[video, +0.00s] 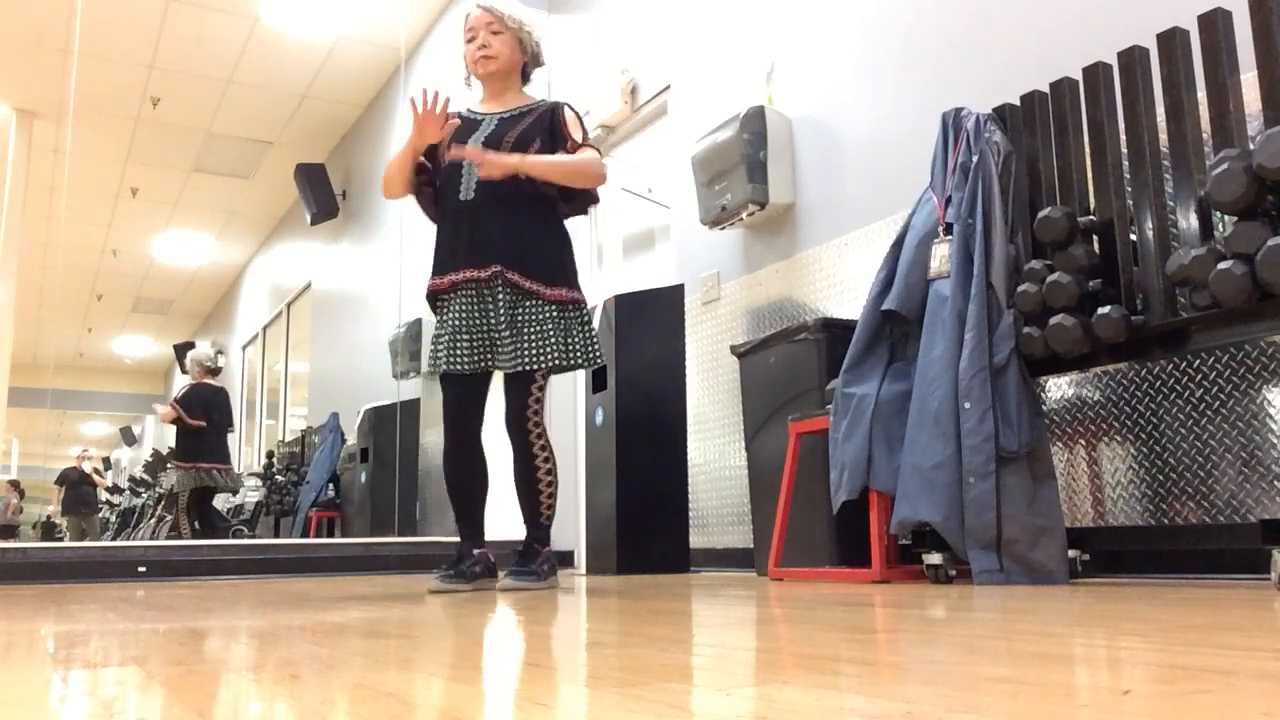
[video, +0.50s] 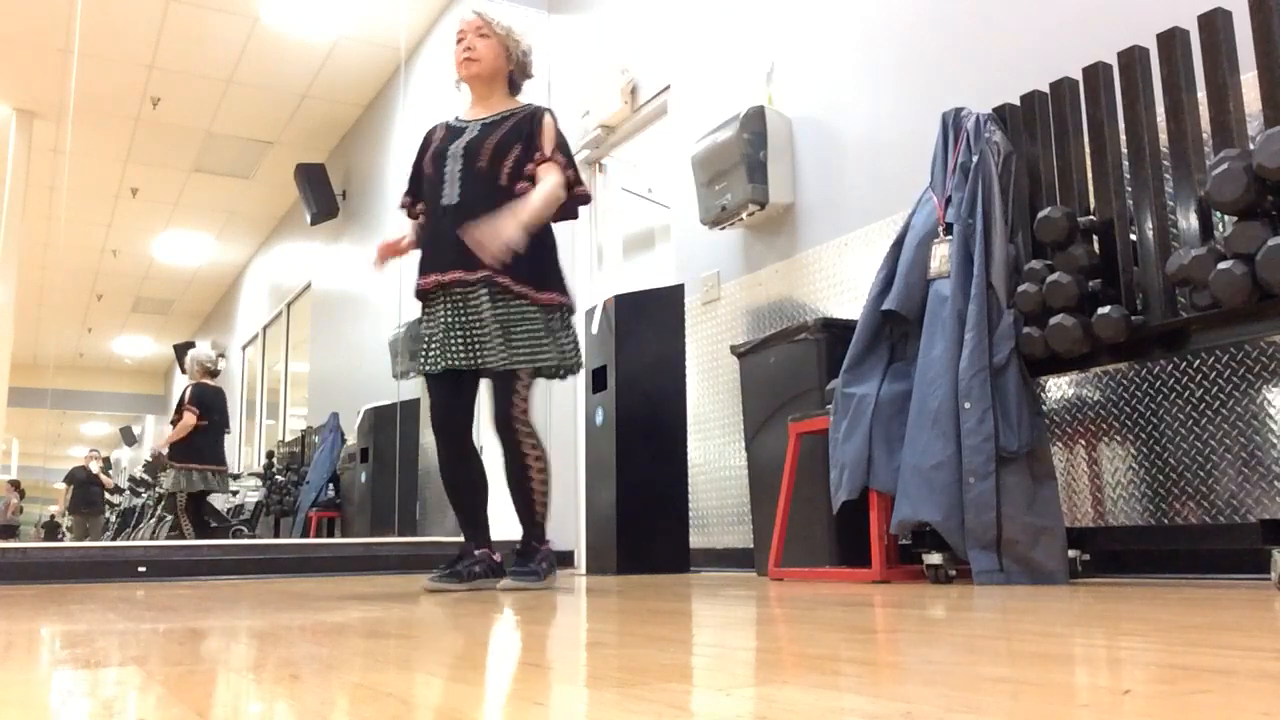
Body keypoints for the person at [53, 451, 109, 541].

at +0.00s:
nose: (85, 461)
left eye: (88, 458)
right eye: (83, 458)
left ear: (91, 460)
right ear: (77, 458)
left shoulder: (94, 471)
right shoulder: (68, 471)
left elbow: (103, 484)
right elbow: (58, 489)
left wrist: (91, 473)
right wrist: (55, 507)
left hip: (91, 512)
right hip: (73, 512)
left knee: (95, 538)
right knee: (74, 540)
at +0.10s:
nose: (86, 461)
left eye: (89, 458)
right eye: (83, 458)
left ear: (92, 460)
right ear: (78, 459)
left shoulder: (95, 471)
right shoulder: (69, 471)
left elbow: (104, 485)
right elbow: (58, 489)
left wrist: (92, 473)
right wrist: (56, 506)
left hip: (91, 511)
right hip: (73, 511)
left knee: (95, 538)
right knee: (74, 540)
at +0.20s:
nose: (87, 461)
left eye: (89, 458)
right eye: (84, 458)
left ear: (93, 460)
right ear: (79, 458)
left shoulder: (96, 471)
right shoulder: (70, 471)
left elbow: (104, 485)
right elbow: (59, 488)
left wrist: (93, 473)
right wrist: (56, 506)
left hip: (91, 510)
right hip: (73, 511)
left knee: (95, 537)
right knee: (74, 539)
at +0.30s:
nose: (88, 460)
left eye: (91, 458)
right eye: (86, 458)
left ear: (95, 460)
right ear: (81, 458)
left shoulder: (99, 471)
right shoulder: (72, 471)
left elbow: (107, 485)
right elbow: (60, 487)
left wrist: (95, 474)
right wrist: (57, 506)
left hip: (93, 512)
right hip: (74, 511)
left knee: (95, 539)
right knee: (75, 540)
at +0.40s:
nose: (90, 460)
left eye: (93, 458)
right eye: (88, 457)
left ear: (97, 460)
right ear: (83, 458)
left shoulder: (100, 471)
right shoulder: (73, 471)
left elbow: (108, 485)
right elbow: (61, 488)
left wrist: (96, 473)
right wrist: (58, 506)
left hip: (94, 512)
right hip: (75, 512)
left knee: (95, 540)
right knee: (75, 540)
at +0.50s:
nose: (93, 460)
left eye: (96, 458)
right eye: (90, 457)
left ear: (100, 460)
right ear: (85, 458)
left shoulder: (103, 472)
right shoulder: (76, 471)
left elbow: (111, 486)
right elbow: (64, 488)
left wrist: (99, 473)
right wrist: (61, 506)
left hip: (96, 512)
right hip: (78, 512)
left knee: (96, 540)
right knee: (78, 540)